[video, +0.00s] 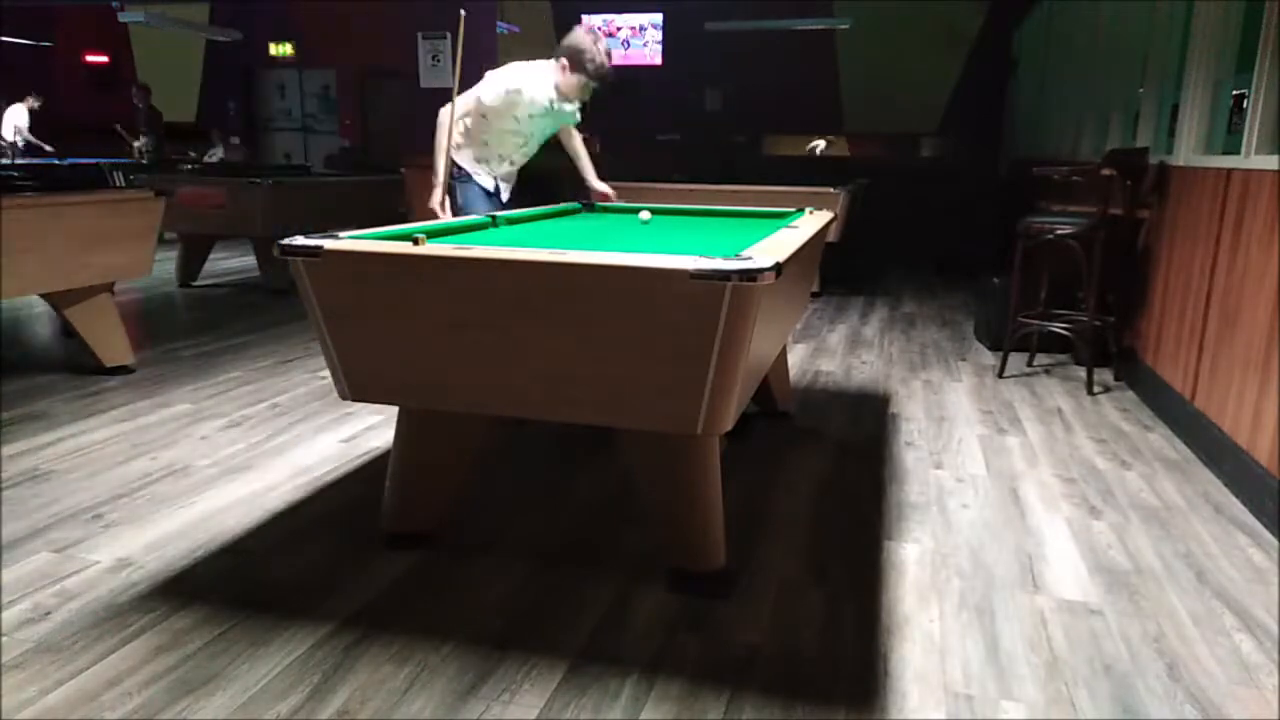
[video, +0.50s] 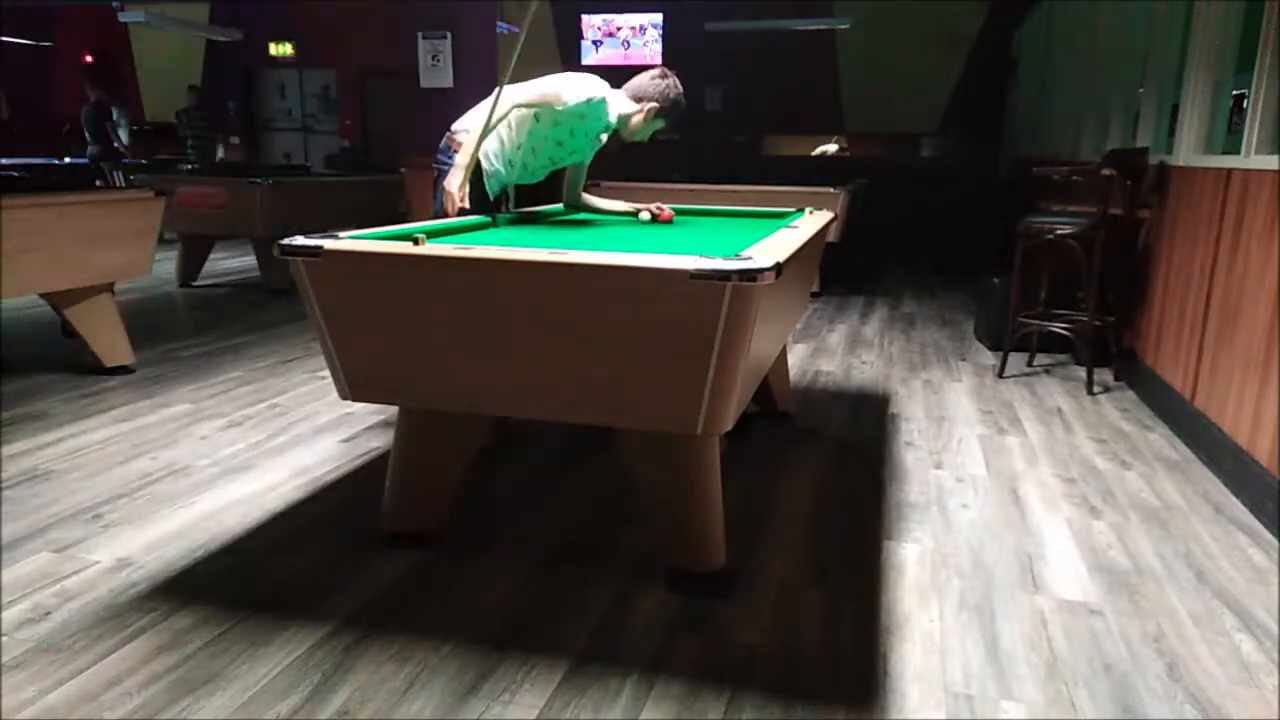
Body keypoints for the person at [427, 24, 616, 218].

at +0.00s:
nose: (587, 95)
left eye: (591, 89)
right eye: (585, 85)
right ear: (565, 67)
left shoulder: (565, 99)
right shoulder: (517, 80)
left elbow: (568, 134)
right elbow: (447, 113)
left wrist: (592, 181)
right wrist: (439, 185)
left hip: (502, 178)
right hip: (467, 172)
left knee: (503, 255)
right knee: (484, 254)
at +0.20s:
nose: (620, 89)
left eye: (628, 81)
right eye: (627, 77)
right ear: (615, 62)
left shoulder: (567, 93)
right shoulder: (550, 63)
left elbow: (505, 148)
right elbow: (465, 101)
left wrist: (536, 198)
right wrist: (439, 179)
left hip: (483, 187)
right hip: (459, 180)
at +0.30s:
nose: (647, 130)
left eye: (655, 124)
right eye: (655, 120)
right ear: (648, 102)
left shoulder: (597, 127)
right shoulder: (592, 91)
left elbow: (577, 191)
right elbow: (505, 97)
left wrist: (643, 202)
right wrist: (461, 169)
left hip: (495, 178)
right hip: (470, 162)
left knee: (487, 275)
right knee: (462, 273)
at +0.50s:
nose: (649, 138)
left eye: (656, 133)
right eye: (655, 129)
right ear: (647, 110)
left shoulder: (595, 134)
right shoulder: (590, 93)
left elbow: (573, 199)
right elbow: (505, 97)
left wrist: (637, 210)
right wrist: (460, 169)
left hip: (493, 177)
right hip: (468, 158)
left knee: (491, 271)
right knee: (463, 268)